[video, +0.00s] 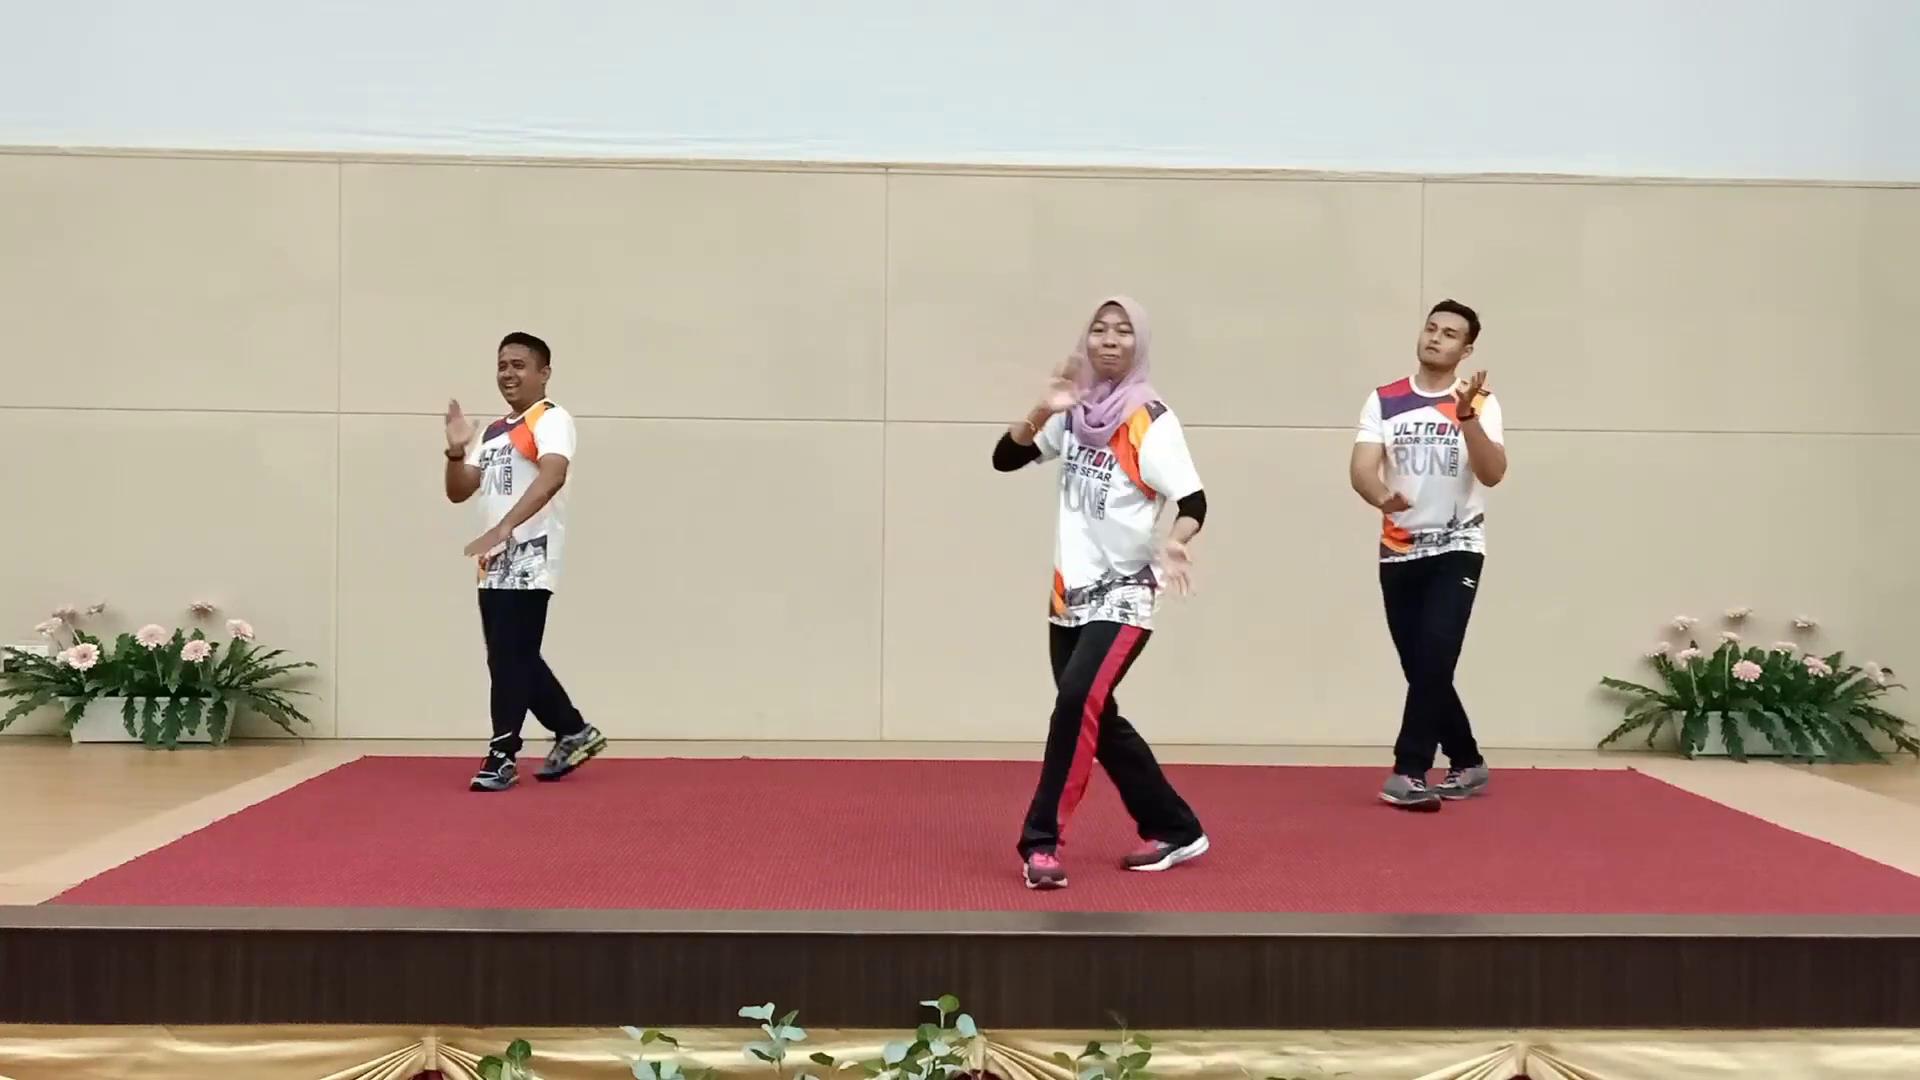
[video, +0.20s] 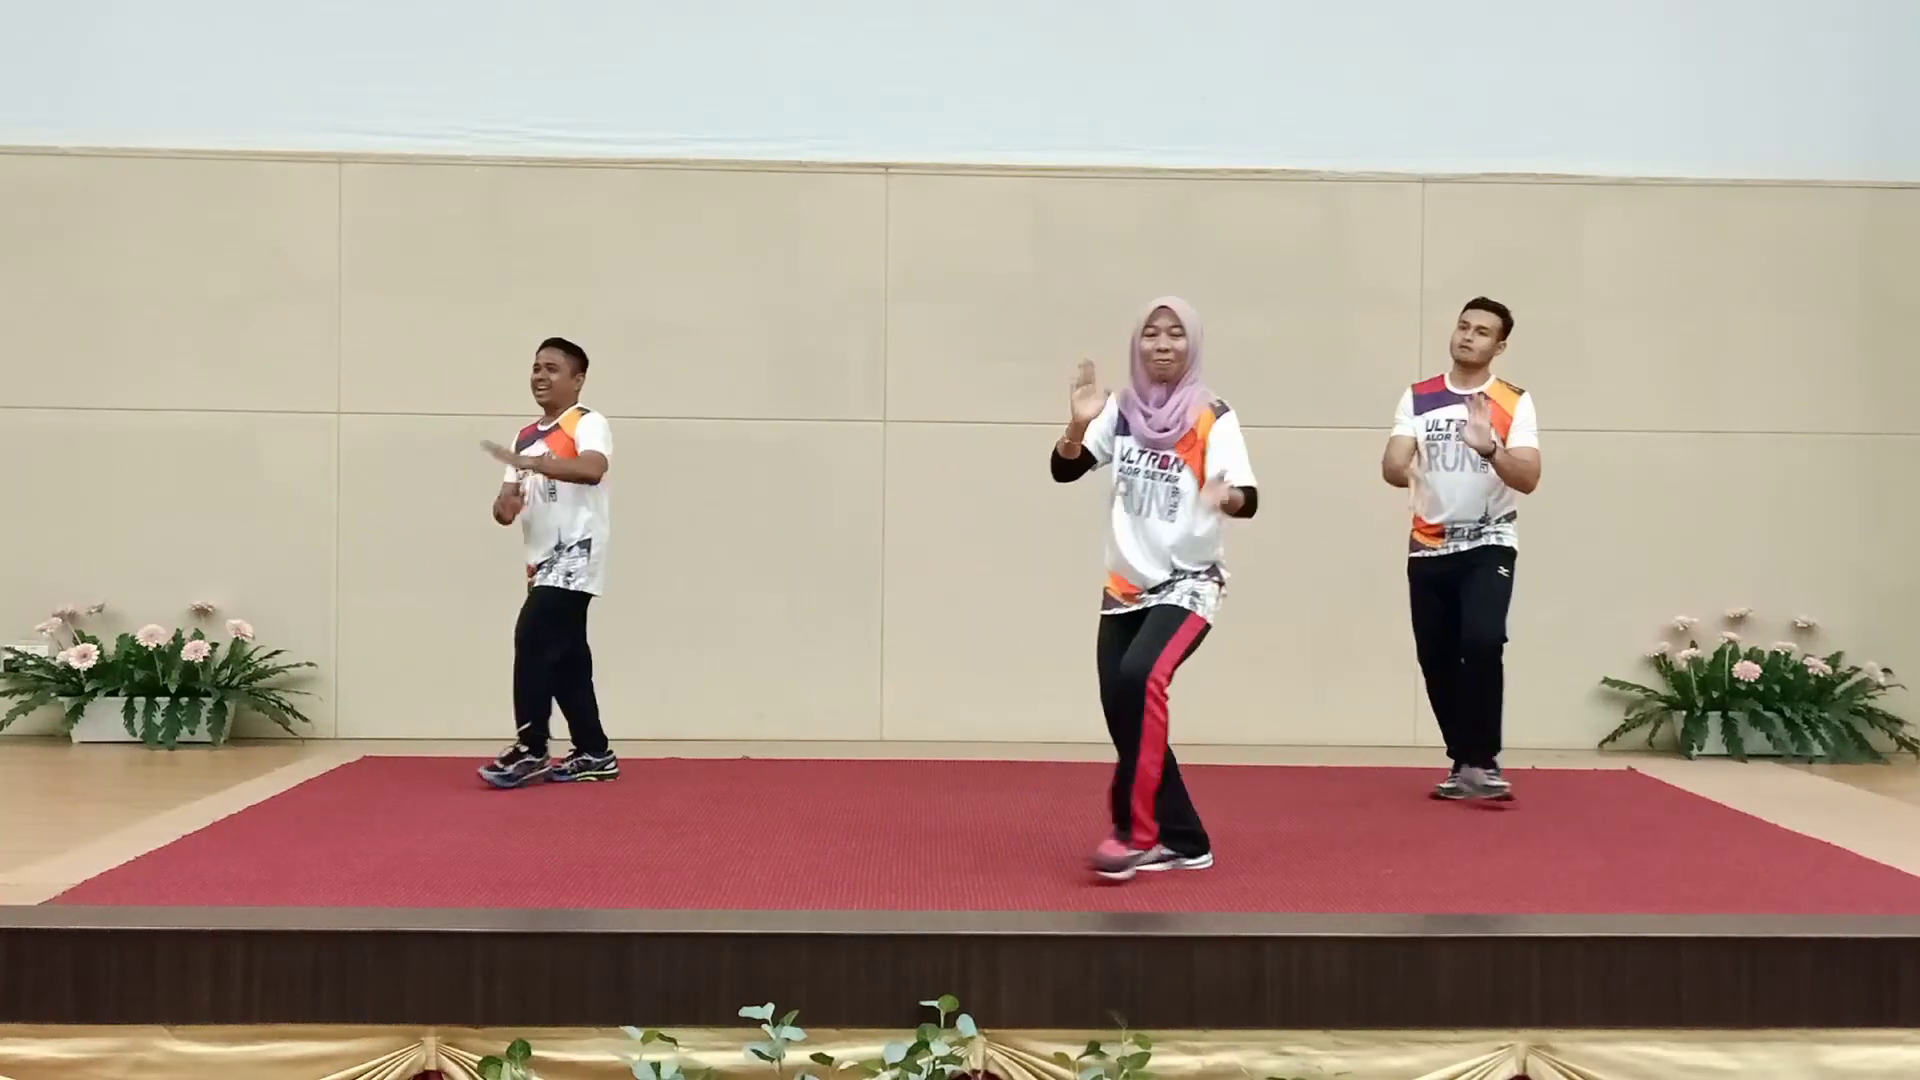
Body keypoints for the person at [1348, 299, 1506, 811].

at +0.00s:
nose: (1436, 338)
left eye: (1450, 334)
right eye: (1432, 329)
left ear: (1466, 349)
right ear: (1419, 336)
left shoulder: (1477, 403)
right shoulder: (1383, 401)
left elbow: (1492, 475)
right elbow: (1362, 470)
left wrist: (1469, 419)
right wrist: (1383, 497)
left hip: (1457, 546)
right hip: (1401, 550)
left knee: (1433, 660)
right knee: (1421, 667)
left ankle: (1410, 774)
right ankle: (1468, 763)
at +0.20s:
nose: (1469, 337)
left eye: (1482, 332)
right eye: (1464, 327)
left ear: (1499, 346)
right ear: (1452, 333)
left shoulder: (1513, 402)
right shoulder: (1418, 397)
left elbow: (1528, 479)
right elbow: (1393, 465)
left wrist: (1491, 448)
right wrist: (1408, 471)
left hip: (1488, 545)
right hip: (1430, 550)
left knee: (1481, 647)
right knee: (1438, 659)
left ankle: (1484, 766)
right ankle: (1464, 765)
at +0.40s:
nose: (1508, 328)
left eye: (1521, 324)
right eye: (1504, 319)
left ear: (1540, 339)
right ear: (1493, 325)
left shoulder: (1551, 398)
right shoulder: (1457, 383)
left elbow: (1557, 480)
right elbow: (1423, 444)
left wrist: (1525, 497)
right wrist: (1439, 416)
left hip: (1524, 544)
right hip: (1463, 545)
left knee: (1546, 647)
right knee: (1460, 659)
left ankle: (1594, 762)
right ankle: (1468, 767)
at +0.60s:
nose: (1555, 334)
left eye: (1568, 329)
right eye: (1552, 325)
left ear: (1592, 342)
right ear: (1544, 332)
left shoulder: (1603, 406)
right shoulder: (1519, 391)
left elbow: (1598, 487)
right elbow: (1472, 438)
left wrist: (1561, 490)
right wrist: (1509, 388)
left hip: (1573, 557)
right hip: (1509, 551)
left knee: (1593, 668)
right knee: (1472, 651)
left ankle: (1618, 778)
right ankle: (1466, 763)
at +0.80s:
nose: (1593, 329)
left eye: (1606, 324)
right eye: (1590, 320)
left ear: (1630, 335)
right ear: (1582, 325)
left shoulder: (1642, 398)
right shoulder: (1552, 385)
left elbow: (1632, 478)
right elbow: (1507, 450)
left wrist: (1616, 438)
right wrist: (1547, 434)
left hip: (1603, 544)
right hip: (1540, 534)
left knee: (1610, 661)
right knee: (1482, 623)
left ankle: (1620, 777)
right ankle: (1462, 740)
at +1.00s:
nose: (1610, 346)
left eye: (1623, 339)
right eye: (1606, 336)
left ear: (1646, 349)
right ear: (1597, 340)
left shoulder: (1656, 410)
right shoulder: (1561, 397)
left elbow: (1649, 484)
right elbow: (1530, 469)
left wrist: (1647, 415)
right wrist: (1535, 522)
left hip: (1614, 554)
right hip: (1552, 549)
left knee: (1613, 671)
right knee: (1508, 652)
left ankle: (1619, 778)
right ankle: (1468, 765)